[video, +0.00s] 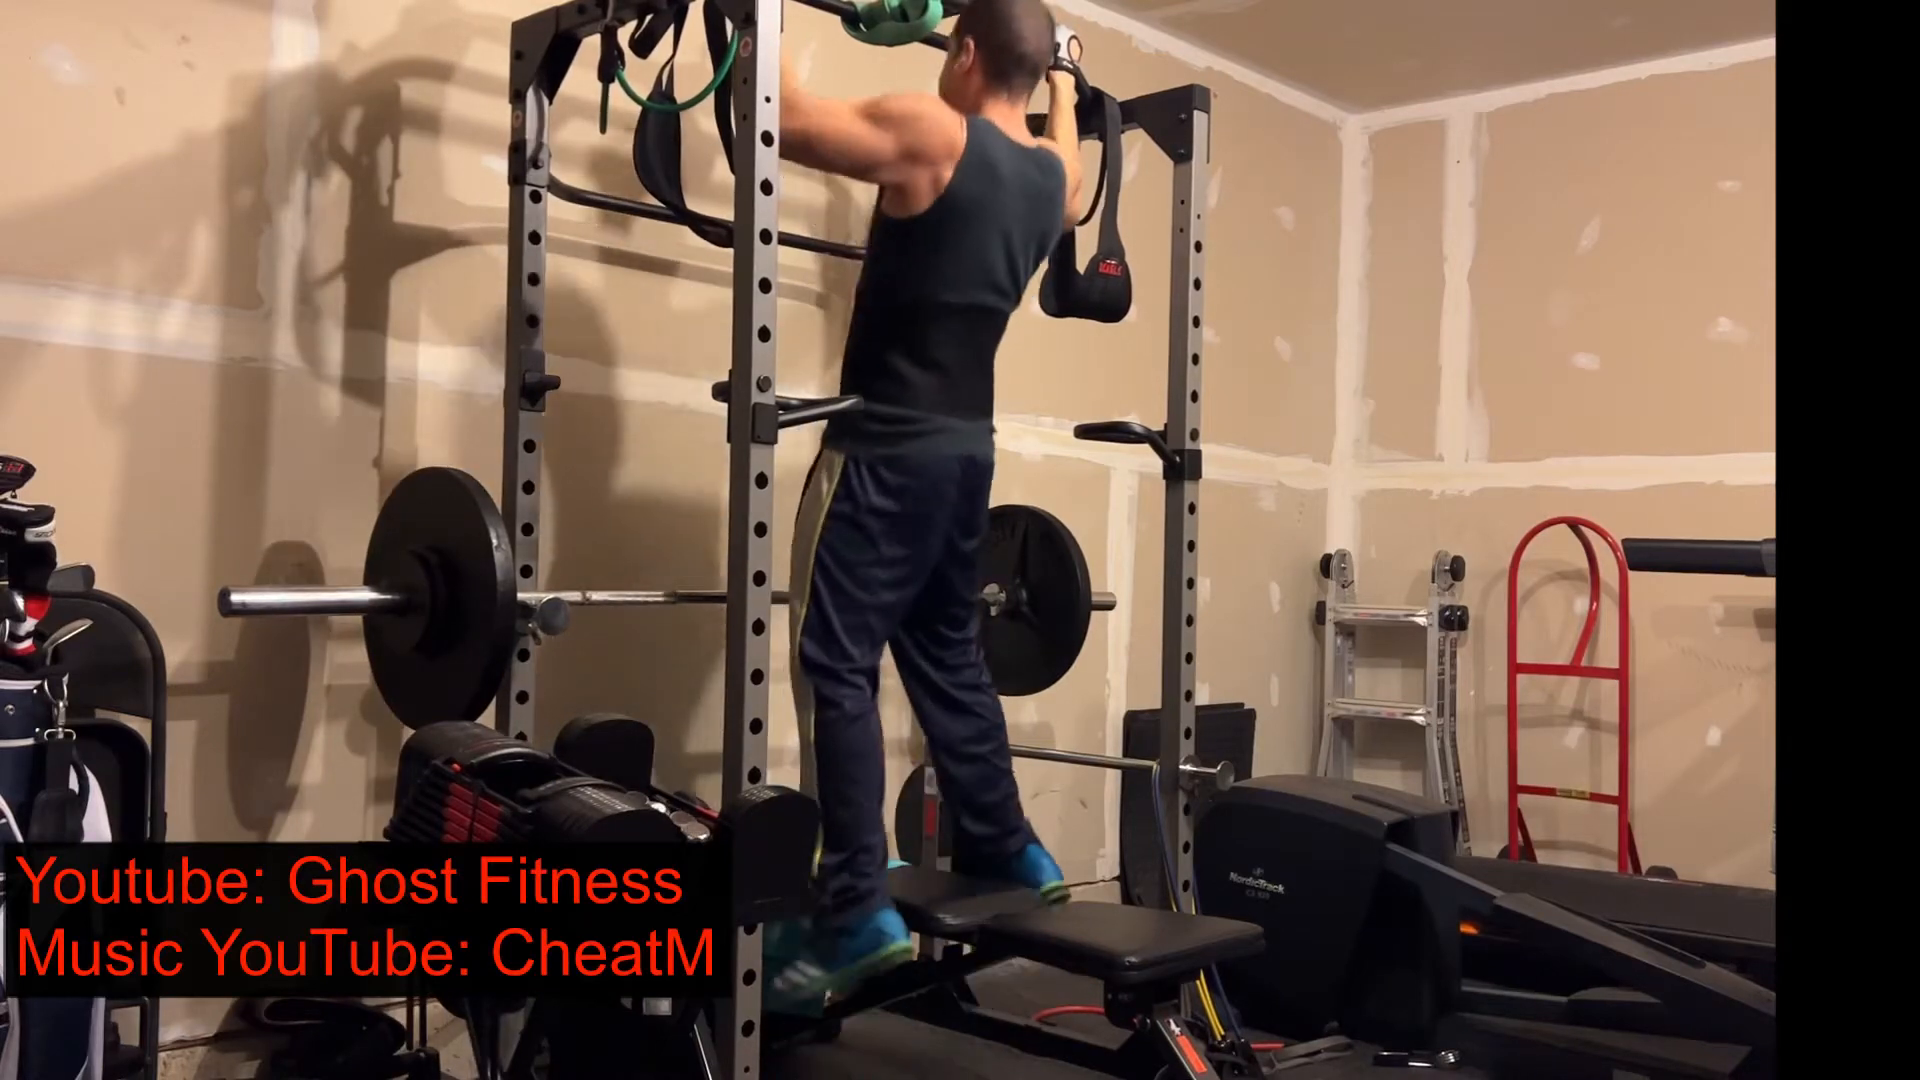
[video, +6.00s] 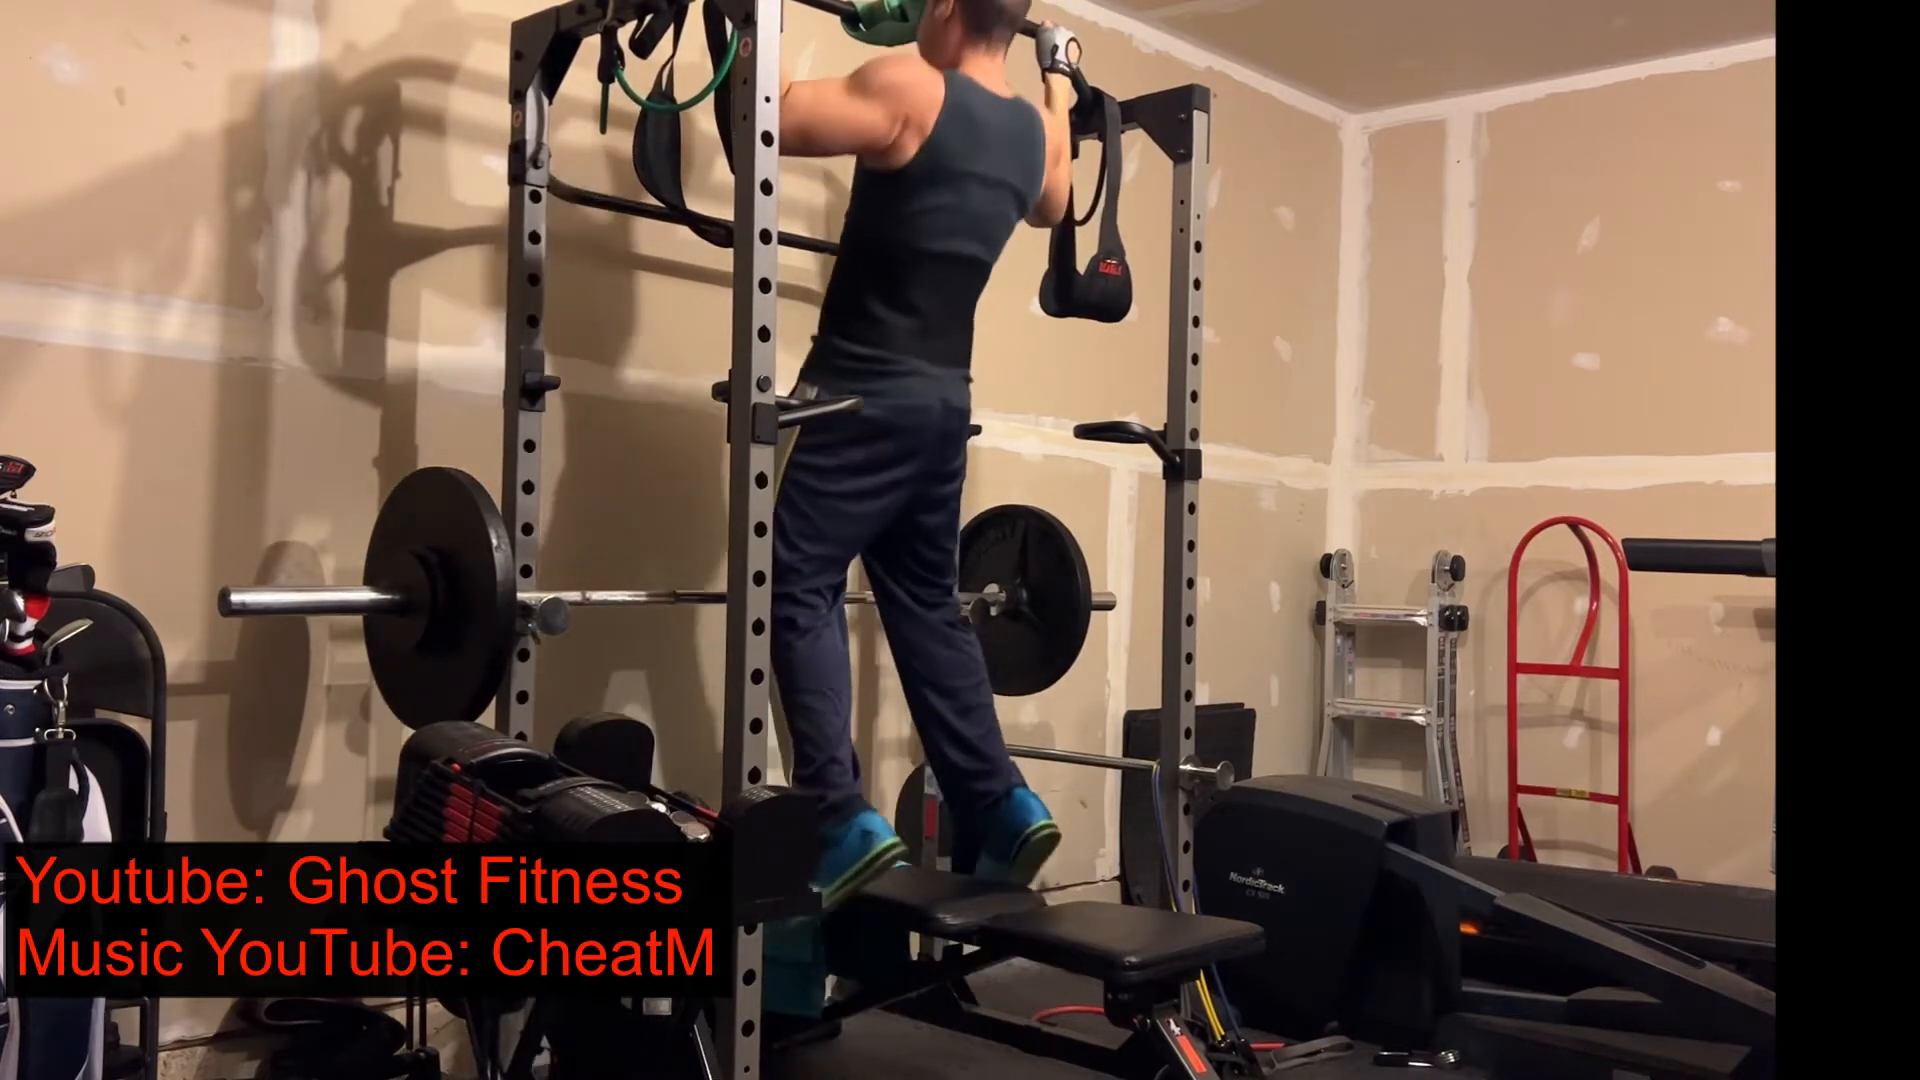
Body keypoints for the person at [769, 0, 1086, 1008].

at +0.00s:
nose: (944, 58)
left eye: (953, 43)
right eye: (954, 44)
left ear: (970, 55)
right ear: (1038, 75)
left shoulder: (926, 128)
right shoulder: (1045, 171)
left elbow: (790, 121)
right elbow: (1067, 206)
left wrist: (759, 20)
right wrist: (1052, 116)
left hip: (886, 451)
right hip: (965, 453)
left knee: (837, 663)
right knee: (946, 651)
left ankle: (856, 903)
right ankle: (1002, 848)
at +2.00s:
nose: (914, 98)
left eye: (921, 84)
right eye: (923, 86)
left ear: (938, 98)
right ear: (1009, 118)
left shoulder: (902, 170)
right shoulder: (1024, 212)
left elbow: (767, 124)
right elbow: (1056, 185)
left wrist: (746, 30)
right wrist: (1061, 104)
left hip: (868, 480)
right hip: (938, 484)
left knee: (811, 681)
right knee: (931, 688)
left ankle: (862, 909)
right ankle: (1012, 871)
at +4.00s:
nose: (922, 136)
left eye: (929, 124)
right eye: (931, 125)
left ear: (948, 131)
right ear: (1011, 148)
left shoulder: (910, 199)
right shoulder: (1031, 243)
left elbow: (788, 138)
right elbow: (1051, 186)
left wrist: (770, 21)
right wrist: (1057, 107)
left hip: (868, 520)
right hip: (943, 524)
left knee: (804, 723)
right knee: (929, 731)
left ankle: (837, 962)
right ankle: (999, 936)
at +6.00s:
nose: (920, 17)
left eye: (927, 6)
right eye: (926, 7)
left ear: (947, 13)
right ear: (1013, 30)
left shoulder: (906, 86)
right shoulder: (1033, 130)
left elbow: (769, 117)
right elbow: (1056, 207)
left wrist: (748, 22)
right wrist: (1058, 95)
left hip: (861, 389)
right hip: (941, 400)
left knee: (799, 593)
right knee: (928, 608)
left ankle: (842, 820)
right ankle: (1002, 809)